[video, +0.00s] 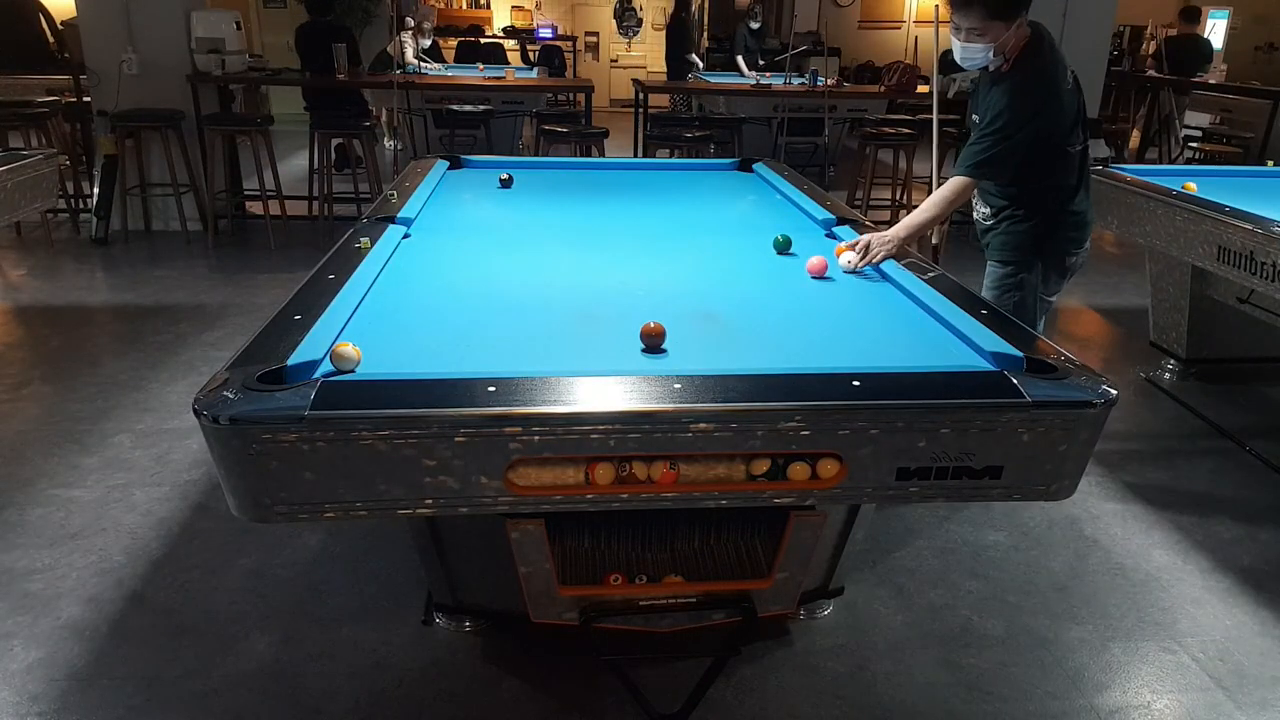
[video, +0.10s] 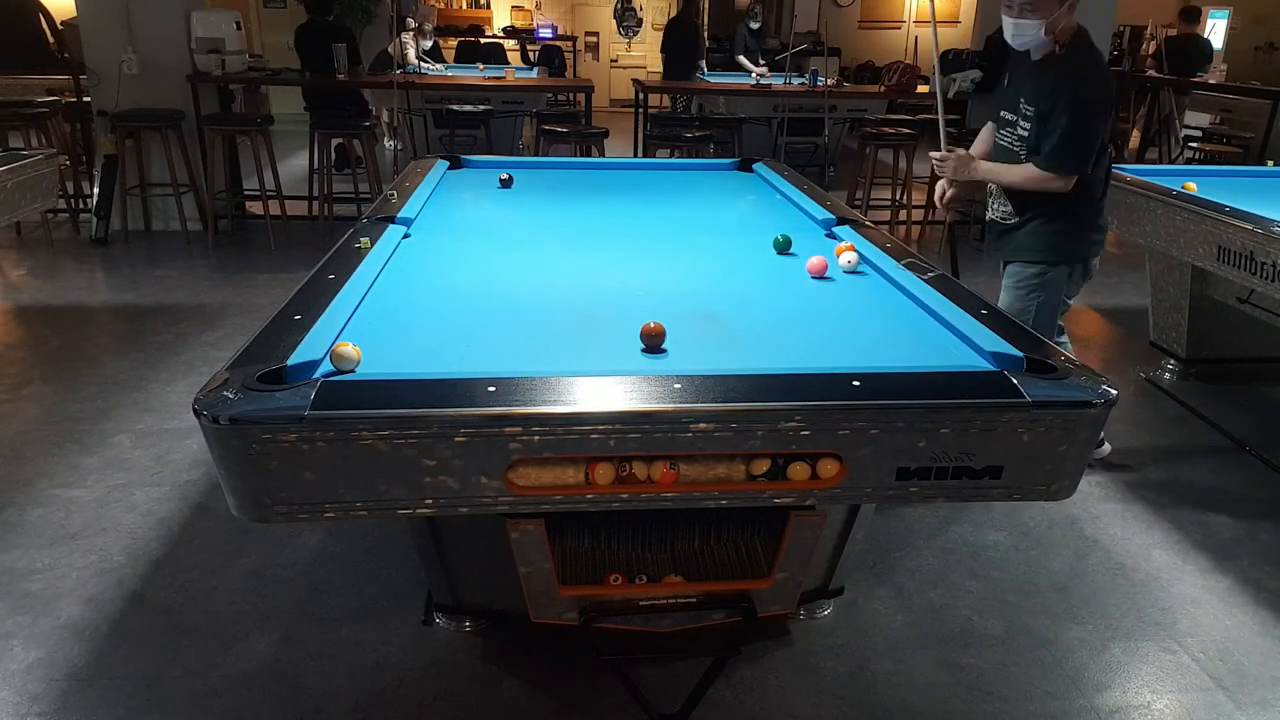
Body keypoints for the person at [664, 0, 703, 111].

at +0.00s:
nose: (694, 8)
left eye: (693, 5)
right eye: (693, 5)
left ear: (678, 5)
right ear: (687, 6)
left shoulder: (673, 20)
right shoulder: (683, 21)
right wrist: (698, 62)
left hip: (673, 67)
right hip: (682, 68)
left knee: (675, 101)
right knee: (683, 102)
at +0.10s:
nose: (700, 11)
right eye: (699, 8)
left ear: (683, 6)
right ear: (696, 9)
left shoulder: (671, 22)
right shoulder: (695, 25)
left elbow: (663, 51)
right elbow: (700, 56)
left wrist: (666, 68)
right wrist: (704, 70)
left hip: (670, 72)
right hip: (688, 74)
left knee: (674, 107)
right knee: (684, 108)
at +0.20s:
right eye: (698, 5)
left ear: (680, 5)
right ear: (695, 7)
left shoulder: (669, 21)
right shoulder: (697, 25)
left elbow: (660, 51)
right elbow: (699, 57)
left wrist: (655, 73)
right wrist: (692, 69)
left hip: (669, 76)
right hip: (688, 77)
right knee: (683, 113)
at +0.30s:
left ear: (672, 6)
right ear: (688, 8)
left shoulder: (664, 22)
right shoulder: (692, 23)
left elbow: (657, 53)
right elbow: (694, 55)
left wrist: (653, 74)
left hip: (665, 73)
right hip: (685, 75)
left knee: (668, 111)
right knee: (681, 111)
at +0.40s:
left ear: (668, 6)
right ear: (685, 7)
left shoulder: (661, 21)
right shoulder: (689, 23)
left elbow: (653, 49)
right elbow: (694, 51)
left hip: (663, 71)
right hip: (682, 72)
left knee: (663, 107)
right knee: (679, 108)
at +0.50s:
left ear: (666, 4)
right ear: (682, 5)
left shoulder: (658, 21)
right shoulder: (687, 22)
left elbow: (652, 51)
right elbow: (690, 51)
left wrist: (654, 70)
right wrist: (684, 65)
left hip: (661, 70)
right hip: (681, 71)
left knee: (663, 106)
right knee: (678, 107)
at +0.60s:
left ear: (668, 5)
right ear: (684, 6)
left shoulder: (659, 22)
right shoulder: (689, 23)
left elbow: (652, 50)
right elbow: (693, 51)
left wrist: (660, 67)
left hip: (664, 71)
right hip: (684, 71)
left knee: (665, 106)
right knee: (685, 107)